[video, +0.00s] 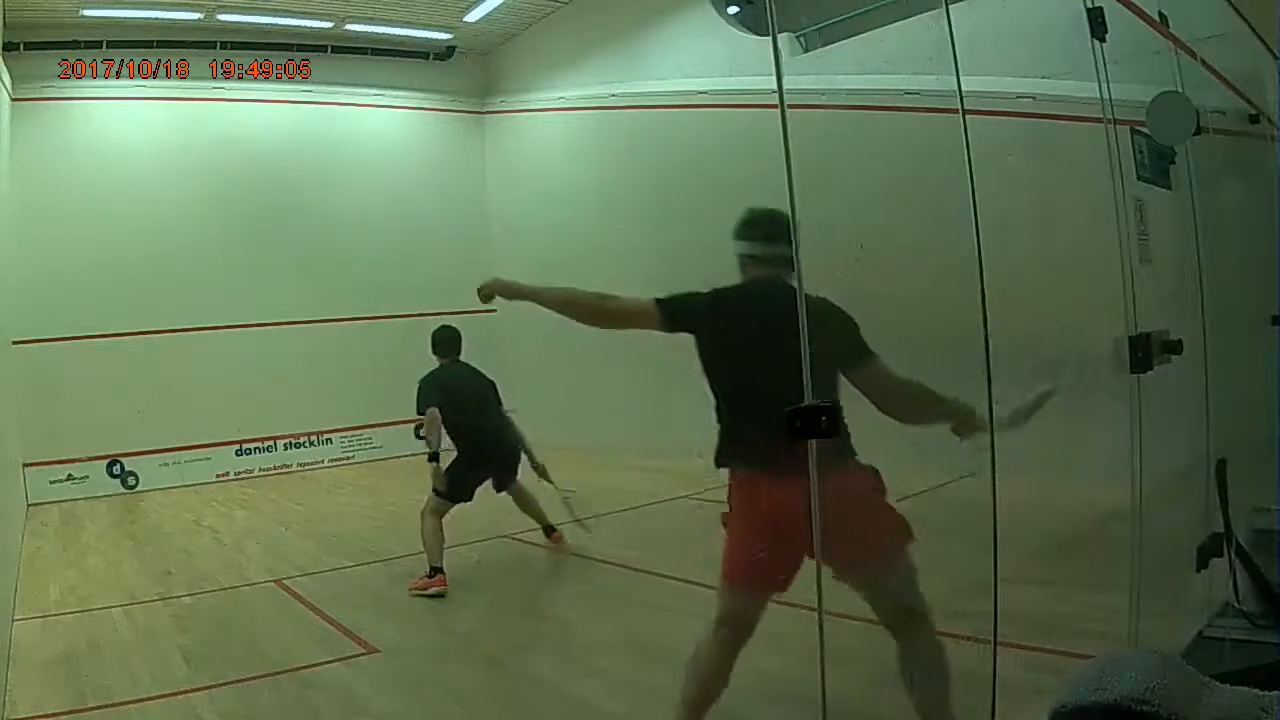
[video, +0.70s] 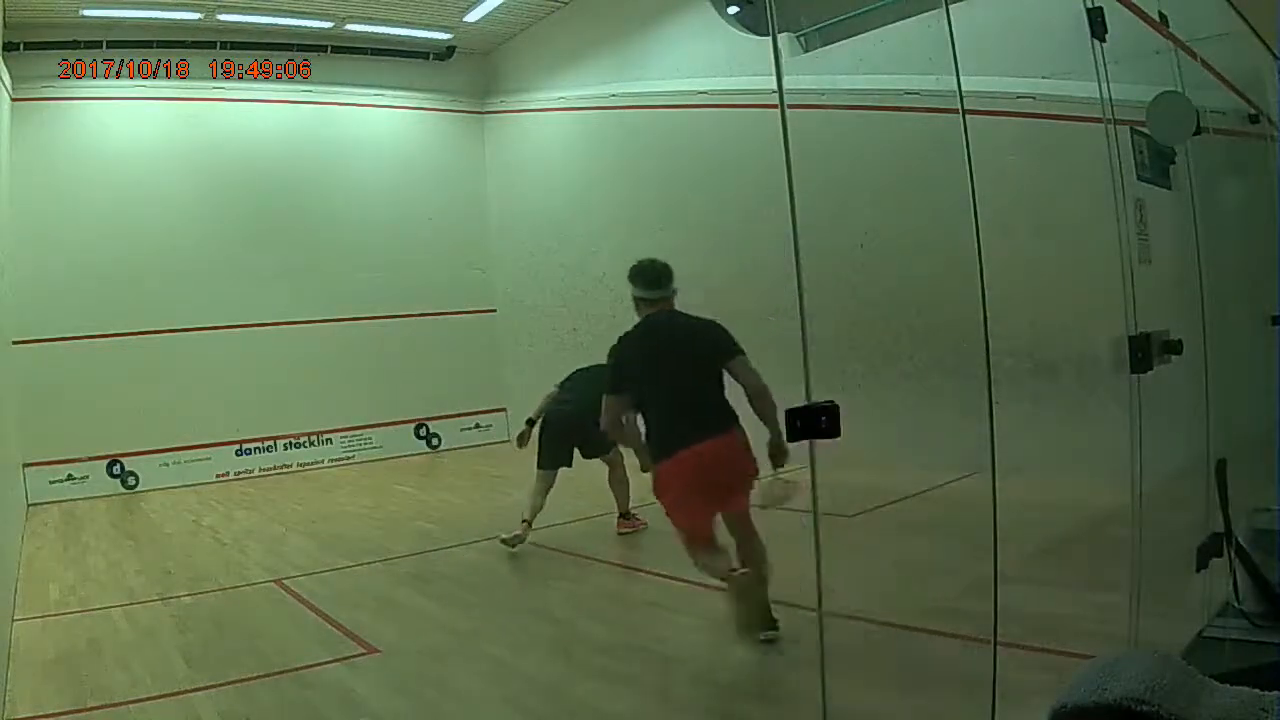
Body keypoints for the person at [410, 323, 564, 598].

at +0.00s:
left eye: (436, 348)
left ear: (434, 351)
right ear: (460, 348)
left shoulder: (431, 382)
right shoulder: (480, 377)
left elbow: (432, 417)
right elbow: (505, 419)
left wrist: (434, 464)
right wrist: (534, 459)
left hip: (474, 456)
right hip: (507, 448)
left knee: (432, 513)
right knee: (512, 485)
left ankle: (436, 574)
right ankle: (551, 531)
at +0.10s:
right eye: (487, 344)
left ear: (464, 347)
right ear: (490, 345)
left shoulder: (453, 377)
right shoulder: (504, 376)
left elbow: (454, 406)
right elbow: (534, 419)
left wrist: (459, 442)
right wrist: (564, 454)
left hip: (481, 455)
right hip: (517, 450)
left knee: (446, 513)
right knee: (542, 476)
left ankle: (436, 571)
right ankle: (577, 520)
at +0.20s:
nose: (542, 348)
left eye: (535, 343)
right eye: (543, 344)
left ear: (518, 345)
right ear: (543, 347)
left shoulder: (501, 369)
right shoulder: (550, 376)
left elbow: (487, 396)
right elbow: (588, 413)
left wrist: (477, 422)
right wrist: (618, 443)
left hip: (508, 444)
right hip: (543, 444)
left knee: (479, 501)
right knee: (577, 477)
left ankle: (446, 555)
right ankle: (607, 508)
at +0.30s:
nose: (591, 370)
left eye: (586, 366)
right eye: (592, 366)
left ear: (567, 365)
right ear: (591, 369)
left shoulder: (549, 380)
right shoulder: (595, 396)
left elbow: (513, 399)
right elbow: (628, 423)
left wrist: (486, 427)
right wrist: (660, 444)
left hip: (531, 445)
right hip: (568, 449)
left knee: (505, 497)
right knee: (600, 478)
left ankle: (480, 545)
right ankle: (624, 519)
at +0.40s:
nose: (632, 398)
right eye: (633, 394)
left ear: (610, 386)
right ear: (630, 393)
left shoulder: (581, 397)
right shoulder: (624, 408)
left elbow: (542, 408)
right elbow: (655, 431)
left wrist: (510, 427)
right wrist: (647, 417)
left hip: (548, 443)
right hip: (583, 447)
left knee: (531, 502)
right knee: (616, 463)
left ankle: (512, 535)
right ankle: (625, 518)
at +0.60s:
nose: (648, 394)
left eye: (650, 388)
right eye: (647, 385)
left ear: (626, 377)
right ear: (634, 379)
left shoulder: (602, 386)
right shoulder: (637, 403)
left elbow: (560, 404)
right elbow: (645, 442)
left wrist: (531, 431)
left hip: (556, 426)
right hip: (588, 428)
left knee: (544, 489)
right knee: (621, 459)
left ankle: (539, 525)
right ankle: (626, 518)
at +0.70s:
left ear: (610, 356)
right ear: (627, 361)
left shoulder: (584, 372)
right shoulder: (626, 381)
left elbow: (553, 395)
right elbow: (630, 423)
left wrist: (530, 423)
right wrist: (644, 456)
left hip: (554, 421)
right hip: (587, 422)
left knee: (543, 482)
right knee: (615, 462)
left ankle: (525, 526)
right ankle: (625, 517)